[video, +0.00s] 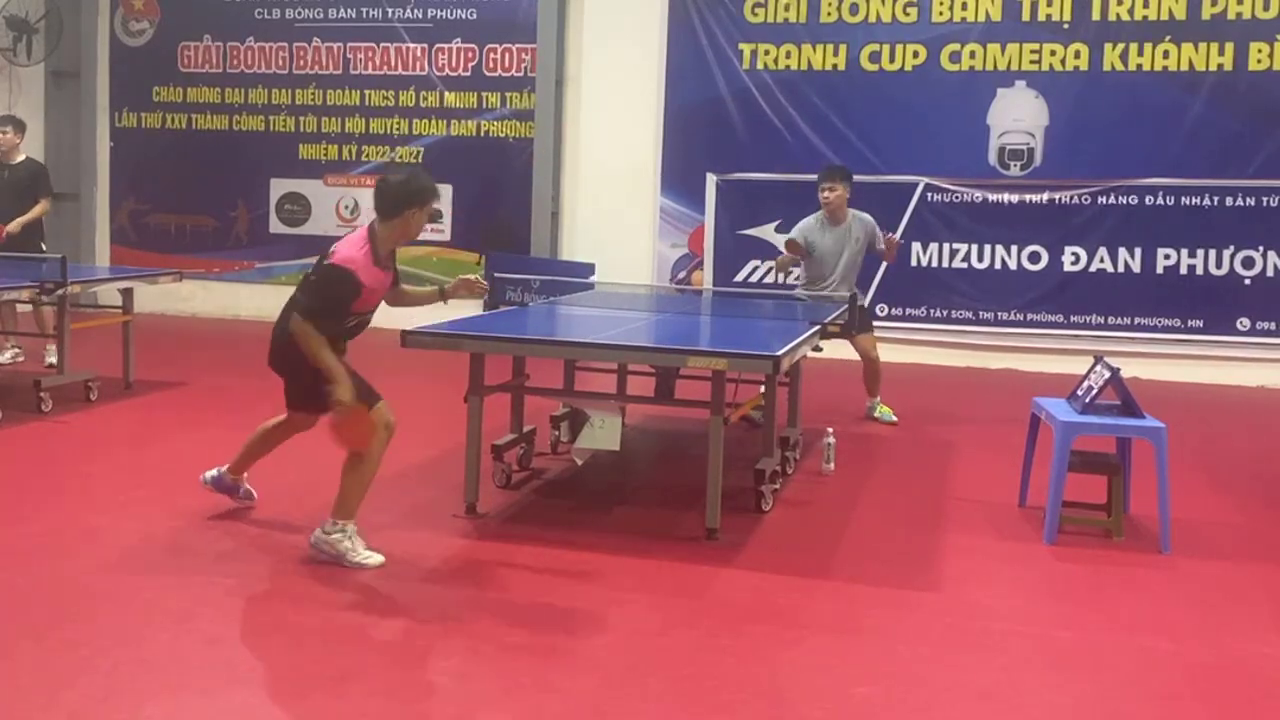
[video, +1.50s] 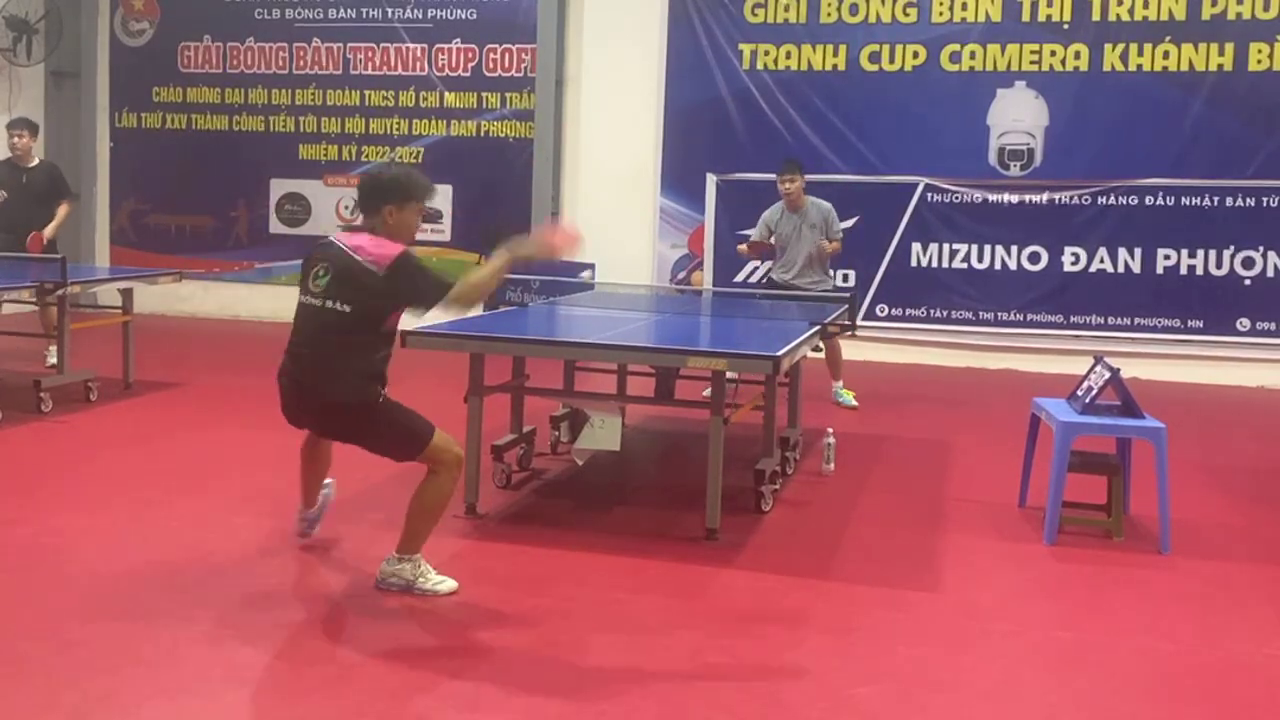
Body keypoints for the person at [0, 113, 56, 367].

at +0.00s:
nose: (0, 138)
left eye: (5, 133)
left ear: (19, 137)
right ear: (3, 137)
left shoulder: (35, 169)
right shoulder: (3, 168)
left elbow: (45, 204)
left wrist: (19, 222)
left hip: (28, 247)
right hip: (4, 247)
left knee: (34, 297)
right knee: (5, 299)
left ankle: (50, 344)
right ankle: (11, 345)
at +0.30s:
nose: (12, 135)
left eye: (18, 131)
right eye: (10, 131)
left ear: (32, 136)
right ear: (6, 136)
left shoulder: (46, 169)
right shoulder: (3, 166)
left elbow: (57, 204)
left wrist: (30, 219)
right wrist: (4, 222)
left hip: (36, 247)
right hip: (7, 247)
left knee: (43, 297)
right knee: (9, 298)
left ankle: (52, 344)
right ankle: (12, 345)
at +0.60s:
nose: (19, 137)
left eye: (25, 133)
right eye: (17, 133)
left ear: (39, 138)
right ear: (14, 137)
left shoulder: (53, 169)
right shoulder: (7, 167)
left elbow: (66, 204)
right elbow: (2, 200)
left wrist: (40, 221)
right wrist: (3, 226)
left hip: (44, 248)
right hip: (13, 248)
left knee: (49, 298)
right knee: (13, 297)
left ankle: (52, 346)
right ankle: (13, 346)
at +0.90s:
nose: (17, 142)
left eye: (22, 137)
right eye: (14, 137)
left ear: (37, 137)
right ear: (12, 139)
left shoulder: (56, 168)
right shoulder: (7, 168)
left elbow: (69, 204)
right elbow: (3, 202)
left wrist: (44, 222)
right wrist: (4, 230)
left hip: (49, 247)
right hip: (16, 247)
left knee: (50, 297)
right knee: (14, 296)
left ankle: (53, 346)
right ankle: (14, 346)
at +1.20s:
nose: (12, 144)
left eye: (17, 139)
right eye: (9, 139)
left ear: (31, 139)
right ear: (6, 141)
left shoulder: (52, 167)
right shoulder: (6, 171)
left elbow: (71, 200)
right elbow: (1, 207)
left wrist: (51, 224)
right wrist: (2, 195)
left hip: (50, 246)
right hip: (18, 245)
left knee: (51, 297)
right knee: (14, 296)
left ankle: (53, 346)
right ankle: (14, 346)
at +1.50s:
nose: (14, 141)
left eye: (20, 137)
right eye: (11, 137)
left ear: (33, 140)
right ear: (7, 140)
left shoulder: (48, 170)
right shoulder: (3, 168)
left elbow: (66, 202)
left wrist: (50, 229)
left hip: (40, 247)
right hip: (7, 247)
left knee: (46, 296)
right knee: (1, 295)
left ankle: (52, 346)